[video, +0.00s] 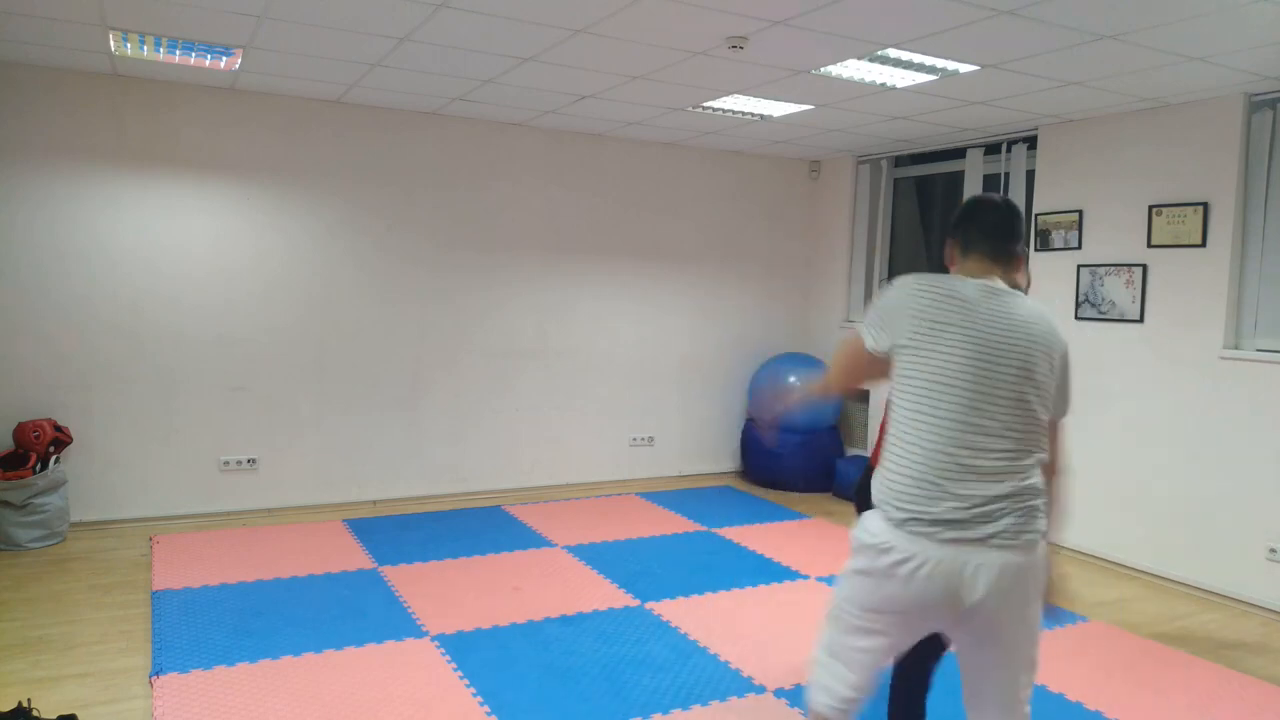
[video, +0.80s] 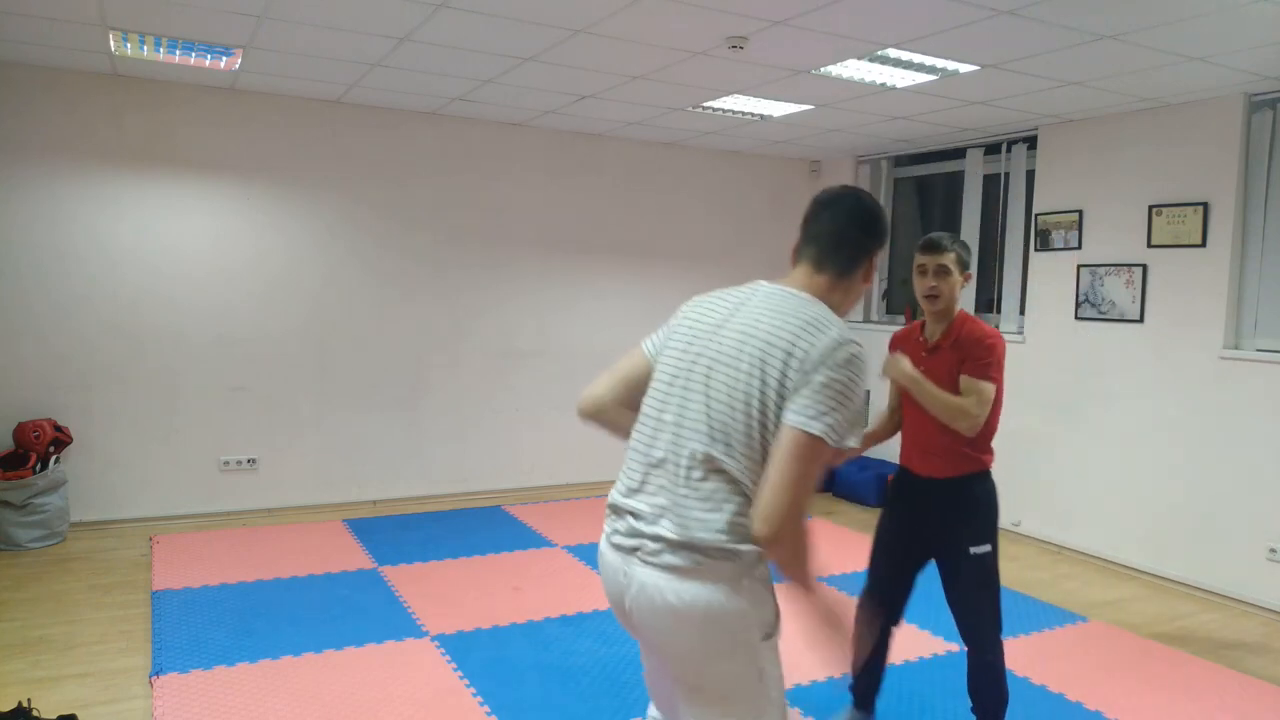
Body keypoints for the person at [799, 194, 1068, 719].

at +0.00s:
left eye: (946, 252)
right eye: (1027, 260)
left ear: (950, 252)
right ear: (1021, 261)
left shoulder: (909, 297)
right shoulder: (1047, 332)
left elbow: (842, 377)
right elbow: (1049, 460)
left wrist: (796, 397)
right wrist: (1045, 550)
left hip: (901, 564)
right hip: (1009, 573)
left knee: (831, 704)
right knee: (1003, 713)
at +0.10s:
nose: (1004, 254)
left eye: (919, 233)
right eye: (1005, 242)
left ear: (927, 237)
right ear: (997, 242)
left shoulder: (877, 288)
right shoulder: (1032, 314)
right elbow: (1096, 448)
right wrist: (1090, 519)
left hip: (861, 557)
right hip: (968, 569)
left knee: (779, 698)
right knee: (997, 713)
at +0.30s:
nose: (962, 232)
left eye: (962, 222)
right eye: (964, 219)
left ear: (887, 203)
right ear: (957, 215)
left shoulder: (813, 257)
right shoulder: (953, 296)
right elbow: (975, 403)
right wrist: (996, 298)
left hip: (759, 520)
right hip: (851, 546)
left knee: (752, 707)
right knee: (947, 710)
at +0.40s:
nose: (935, 230)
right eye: (933, 218)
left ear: (856, 201)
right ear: (923, 219)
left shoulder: (773, 270)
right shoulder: (917, 295)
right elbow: (947, 338)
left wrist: (872, 481)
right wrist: (945, 242)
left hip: (717, 537)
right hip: (807, 564)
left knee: (736, 701)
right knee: (908, 706)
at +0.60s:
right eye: (882, 231)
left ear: (798, 220)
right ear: (873, 232)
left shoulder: (722, 286)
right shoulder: (880, 312)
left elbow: (694, 409)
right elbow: (874, 479)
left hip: (664, 555)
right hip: (753, 582)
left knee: (706, 708)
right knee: (758, 709)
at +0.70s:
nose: (874, 276)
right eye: (880, 263)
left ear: (797, 245)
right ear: (874, 261)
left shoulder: (711, 306)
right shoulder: (855, 348)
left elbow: (657, 439)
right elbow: (832, 538)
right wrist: (863, 512)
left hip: (635, 568)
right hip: (722, 598)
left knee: (702, 708)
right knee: (760, 710)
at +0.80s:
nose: (873, 280)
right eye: (878, 268)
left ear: (798, 244)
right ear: (870, 267)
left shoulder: (707, 305)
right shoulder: (833, 346)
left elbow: (599, 402)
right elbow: (773, 523)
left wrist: (689, 443)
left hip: (621, 559)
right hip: (706, 590)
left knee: (671, 708)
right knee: (750, 709)